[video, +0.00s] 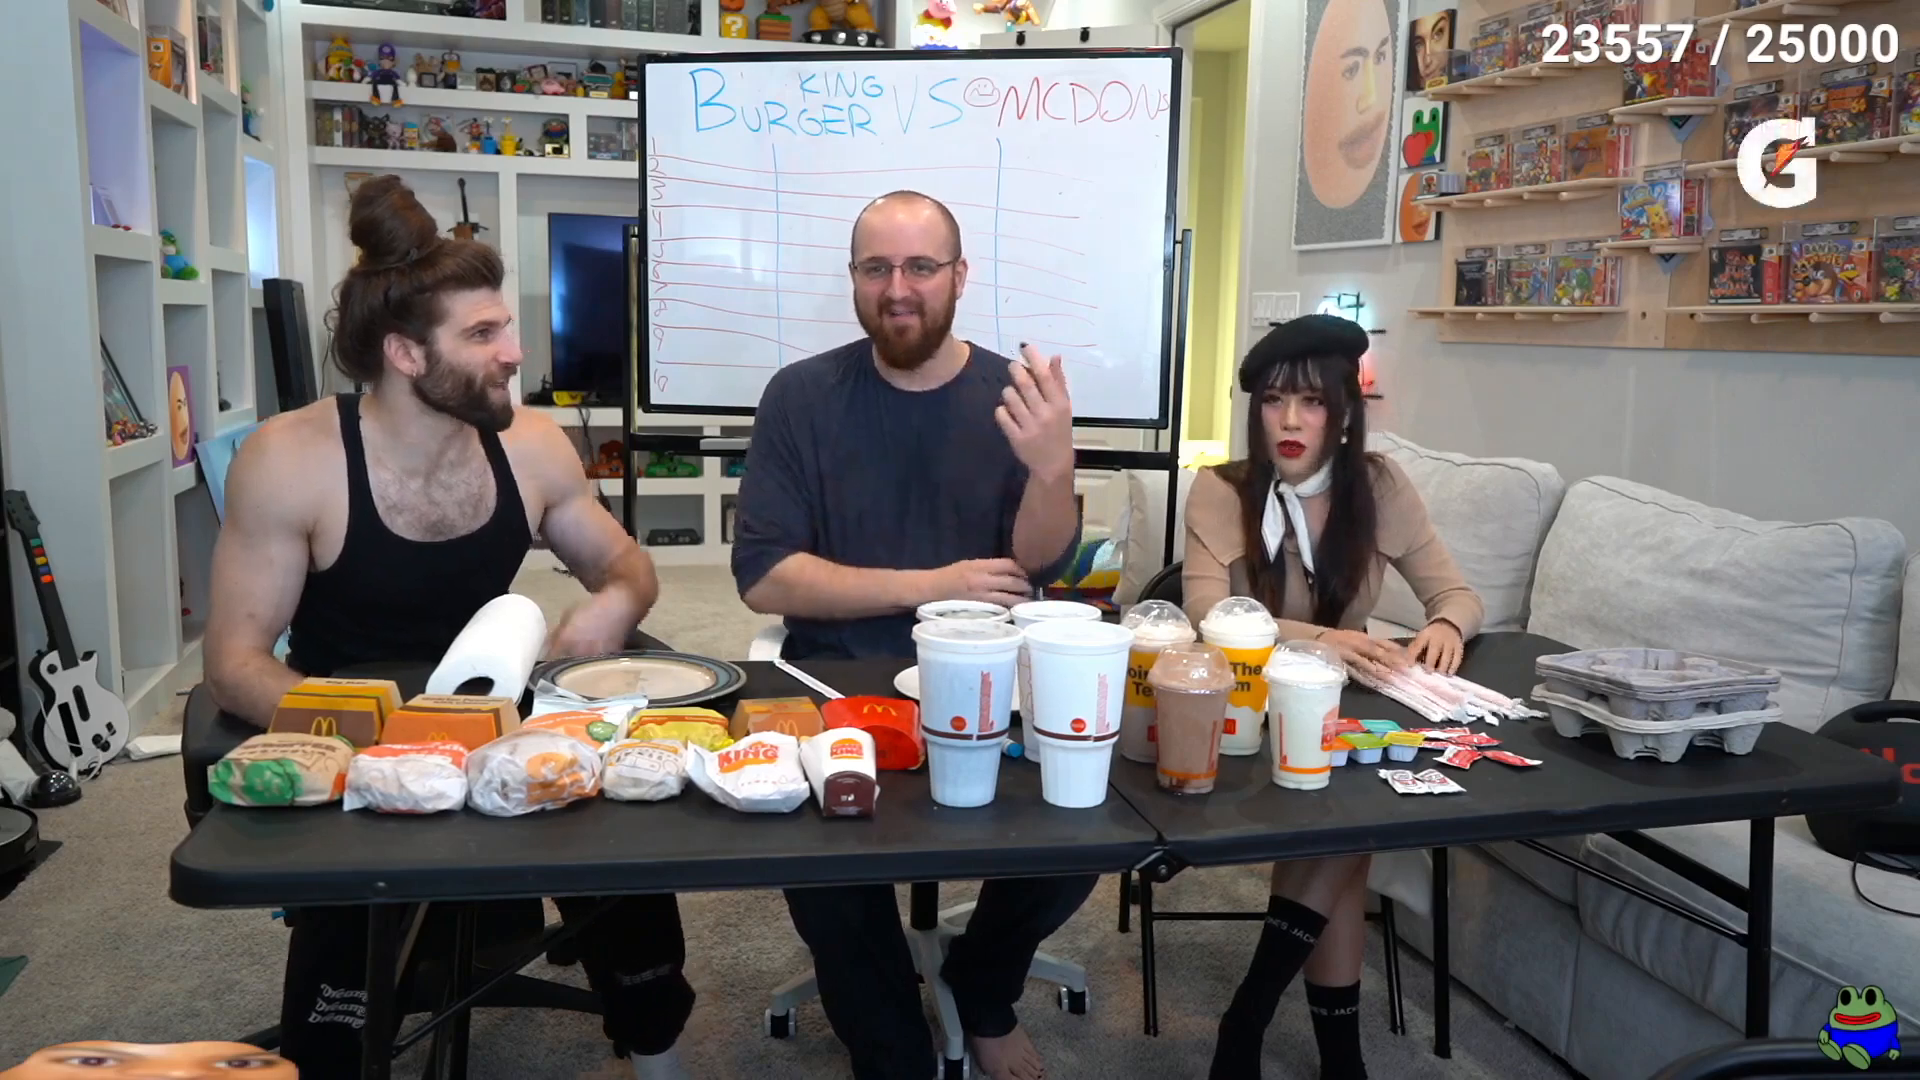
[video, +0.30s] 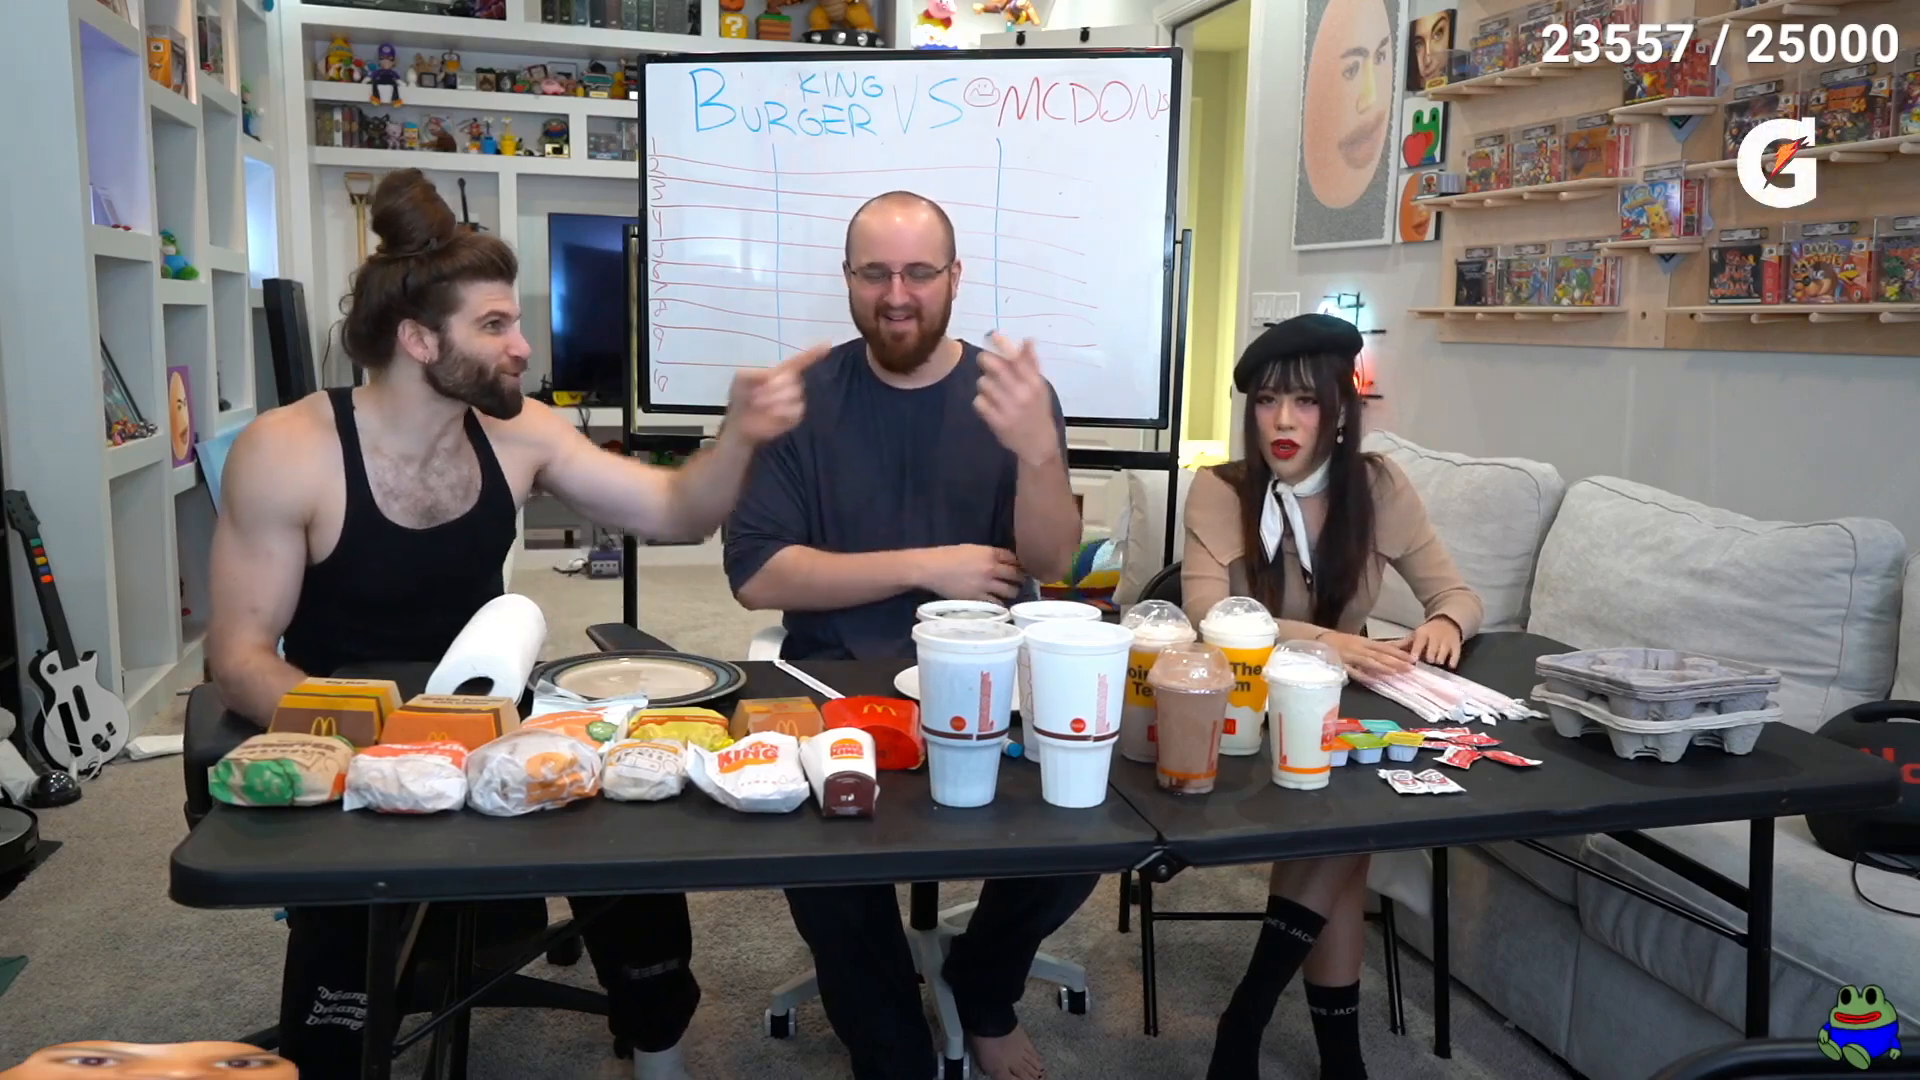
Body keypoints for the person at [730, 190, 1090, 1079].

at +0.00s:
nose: (897, 288)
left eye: (920, 268)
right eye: (876, 269)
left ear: (960, 278)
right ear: (852, 282)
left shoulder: (1015, 392)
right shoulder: (800, 396)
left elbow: (1039, 565)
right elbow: (764, 577)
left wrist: (1051, 472)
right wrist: (930, 584)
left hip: (991, 672)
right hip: (839, 677)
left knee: (1076, 830)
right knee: (819, 854)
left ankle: (980, 986)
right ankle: (899, 1060)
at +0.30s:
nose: (897, 295)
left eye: (920, 274)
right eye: (875, 274)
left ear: (954, 280)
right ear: (849, 283)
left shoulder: (1013, 391)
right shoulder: (798, 394)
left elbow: (1049, 567)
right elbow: (756, 573)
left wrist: (1040, 453)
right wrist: (922, 566)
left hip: (986, 668)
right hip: (838, 672)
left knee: (1076, 835)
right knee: (824, 856)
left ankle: (980, 987)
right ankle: (898, 1061)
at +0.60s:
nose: (943, 287)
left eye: (949, 266)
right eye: (913, 274)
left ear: (964, 268)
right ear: (853, 292)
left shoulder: (1014, 396)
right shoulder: (789, 412)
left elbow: (1089, 560)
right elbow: (716, 569)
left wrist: (1018, 558)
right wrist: (818, 594)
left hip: (995, 685)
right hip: (838, 689)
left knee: (1077, 830)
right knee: (819, 854)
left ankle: (980, 991)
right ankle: (896, 1060)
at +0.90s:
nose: (922, 284)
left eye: (925, 261)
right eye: (890, 271)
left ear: (941, 267)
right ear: (834, 295)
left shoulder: (1003, 394)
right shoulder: (775, 425)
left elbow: (1081, 528)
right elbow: (725, 580)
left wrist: (1017, 580)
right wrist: (808, 619)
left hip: (992, 696)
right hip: (838, 701)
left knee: (1074, 831)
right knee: (823, 861)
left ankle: (981, 990)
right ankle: (897, 1062)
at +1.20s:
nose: (896, 280)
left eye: (897, 258)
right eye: (865, 268)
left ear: (912, 266)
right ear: (811, 300)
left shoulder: (981, 389)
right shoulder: (762, 428)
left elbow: (1093, 518)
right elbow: (708, 590)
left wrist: (1017, 569)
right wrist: (817, 624)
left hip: (985, 695)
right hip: (836, 705)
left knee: (1077, 827)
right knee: (828, 864)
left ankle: (980, 995)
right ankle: (895, 1062)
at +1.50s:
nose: (873, 282)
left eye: (872, 261)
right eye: (843, 273)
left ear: (884, 267)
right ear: (786, 306)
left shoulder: (958, 380)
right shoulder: (741, 432)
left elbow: (1092, 464)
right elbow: (698, 602)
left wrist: (1078, 367)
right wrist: (805, 623)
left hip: (982, 689)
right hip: (833, 702)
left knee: (1071, 826)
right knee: (820, 861)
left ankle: (982, 991)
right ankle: (895, 1062)